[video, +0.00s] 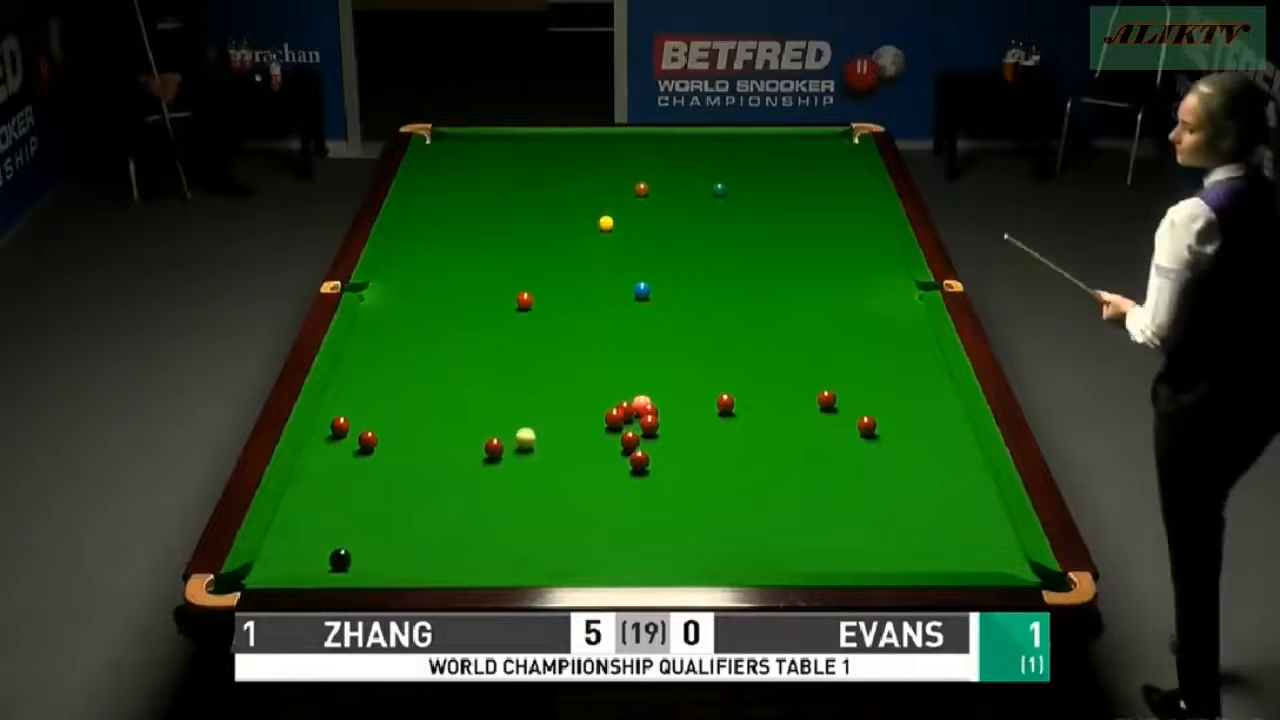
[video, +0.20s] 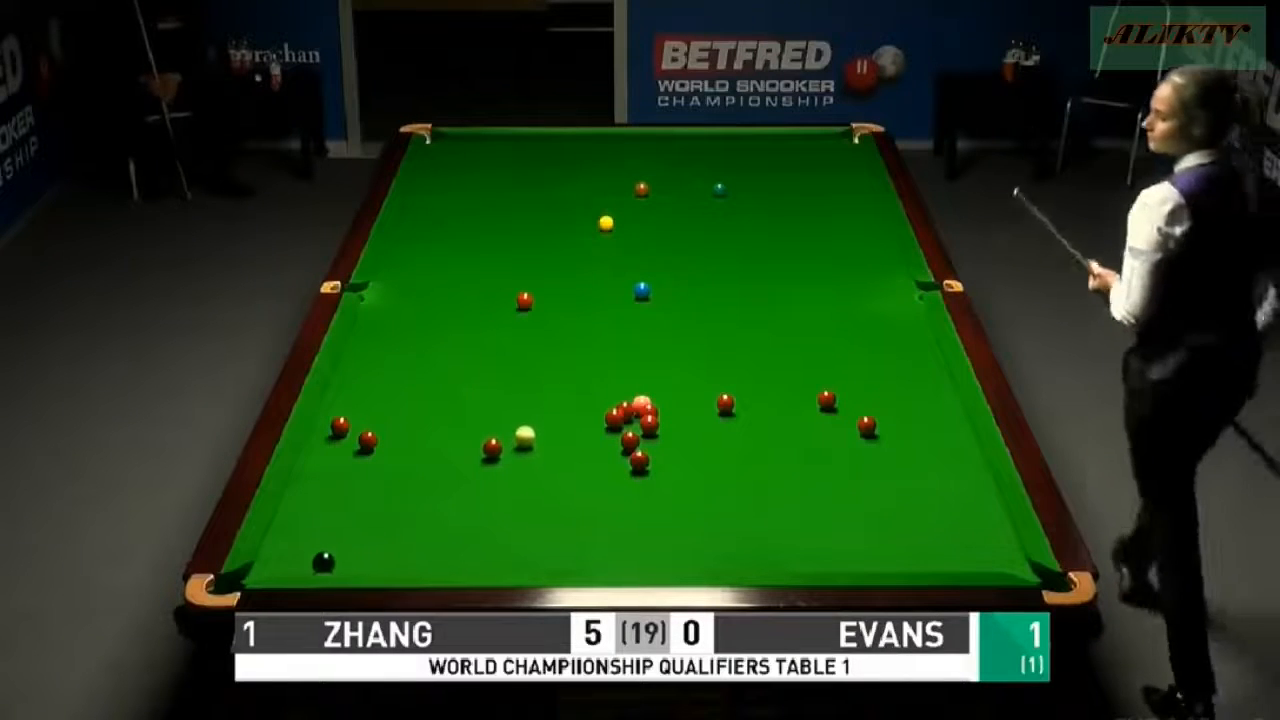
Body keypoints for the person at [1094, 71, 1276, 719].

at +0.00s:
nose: (1175, 131)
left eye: (1186, 125)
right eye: (1180, 119)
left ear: (1220, 137)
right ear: (1238, 136)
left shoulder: (1190, 218)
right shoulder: (1268, 196)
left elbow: (1156, 329)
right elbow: (1241, 298)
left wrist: (1123, 310)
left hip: (1195, 401)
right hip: (1258, 392)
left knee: (1192, 546)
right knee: (1201, 518)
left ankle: (1197, 694)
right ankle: (1201, 650)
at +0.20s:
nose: (1148, 121)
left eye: (1160, 115)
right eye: (1152, 110)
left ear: (1191, 126)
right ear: (1211, 126)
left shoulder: (1161, 203)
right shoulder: (1246, 180)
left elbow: (1131, 312)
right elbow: (1260, 289)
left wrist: (1111, 284)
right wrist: (1238, 332)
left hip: (1166, 378)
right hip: (1231, 368)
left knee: (1178, 535)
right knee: (1168, 471)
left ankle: (1193, 692)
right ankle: (1139, 564)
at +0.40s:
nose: (1127, 91)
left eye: (1138, 84)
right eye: (1130, 81)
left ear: (1174, 93)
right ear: (1187, 91)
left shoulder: (1143, 163)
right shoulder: (1230, 145)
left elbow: (1113, 268)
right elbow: (1259, 235)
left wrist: (1086, 244)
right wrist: (1214, 274)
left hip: (1139, 331)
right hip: (1202, 322)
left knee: (1111, 460)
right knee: (1156, 446)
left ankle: (1152, 598)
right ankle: (1127, 565)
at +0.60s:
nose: (1105, 72)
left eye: (1114, 64)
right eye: (1107, 61)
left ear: (1144, 72)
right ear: (1163, 71)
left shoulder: (1119, 141)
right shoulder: (1210, 130)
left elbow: (1094, 240)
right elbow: (1255, 199)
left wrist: (1057, 221)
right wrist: (1204, 245)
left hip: (1112, 302)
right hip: (1176, 302)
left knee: (1079, 411)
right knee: (1146, 429)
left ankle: (1075, 552)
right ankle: (1127, 570)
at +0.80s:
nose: (1074, 66)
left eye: (1082, 59)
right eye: (1076, 56)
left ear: (1113, 67)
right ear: (1126, 67)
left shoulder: (1091, 132)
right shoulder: (1169, 115)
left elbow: (1074, 231)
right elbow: (1220, 175)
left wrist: (1030, 213)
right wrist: (1186, 230)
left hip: (1083, 283)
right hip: (1147, 281)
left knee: (1053, 401)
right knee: (1126, 403)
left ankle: (1022, 490)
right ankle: (1120, 502)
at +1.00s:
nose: (1042, 41)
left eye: (1053, 35)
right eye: (1045, 31)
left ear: (1085, 41)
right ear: (1094, 39)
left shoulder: (1059, 105)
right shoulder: (1136, 93)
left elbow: (1038, 200)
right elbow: (1170, 165)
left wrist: (1005, 180)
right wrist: (1134, 210)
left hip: (1055, 255)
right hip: (1113, 252)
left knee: (1039, 368)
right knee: (1087, 362)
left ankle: (1048, 488)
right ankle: (1099, 481)